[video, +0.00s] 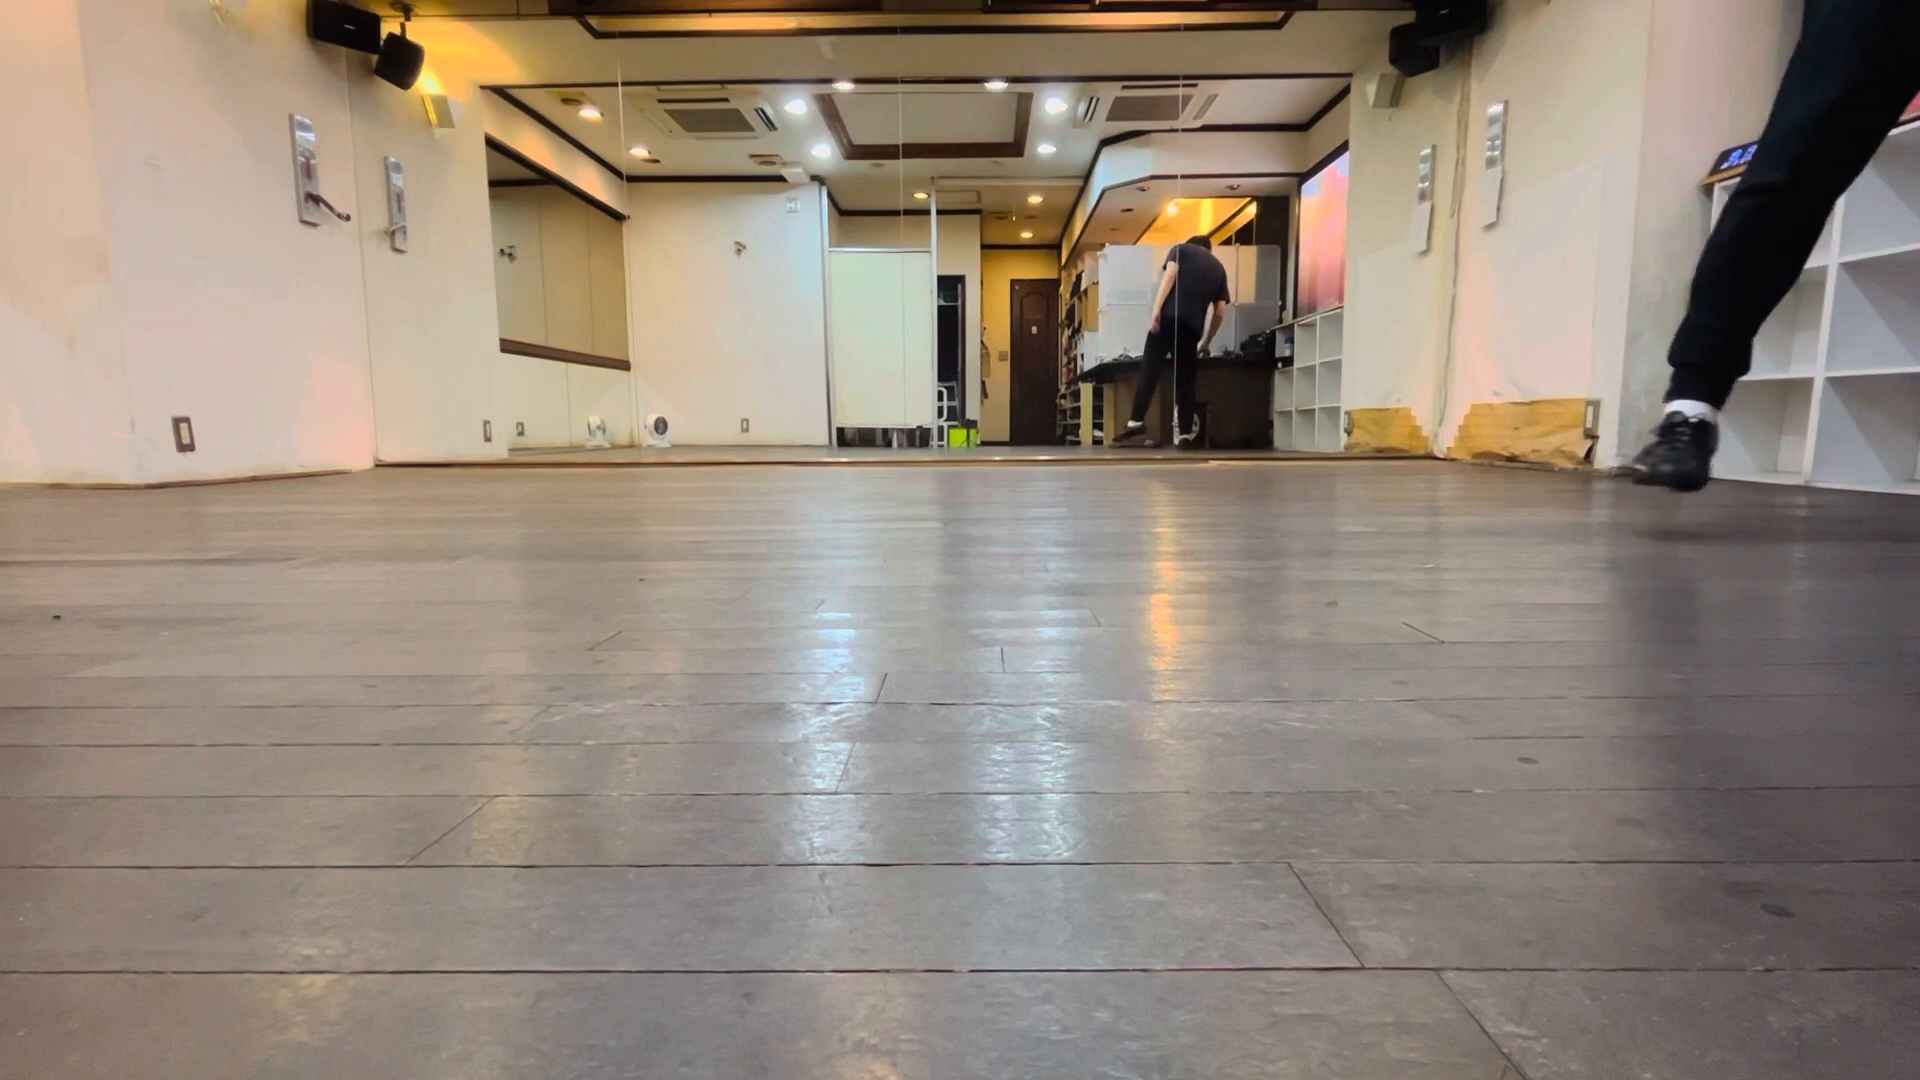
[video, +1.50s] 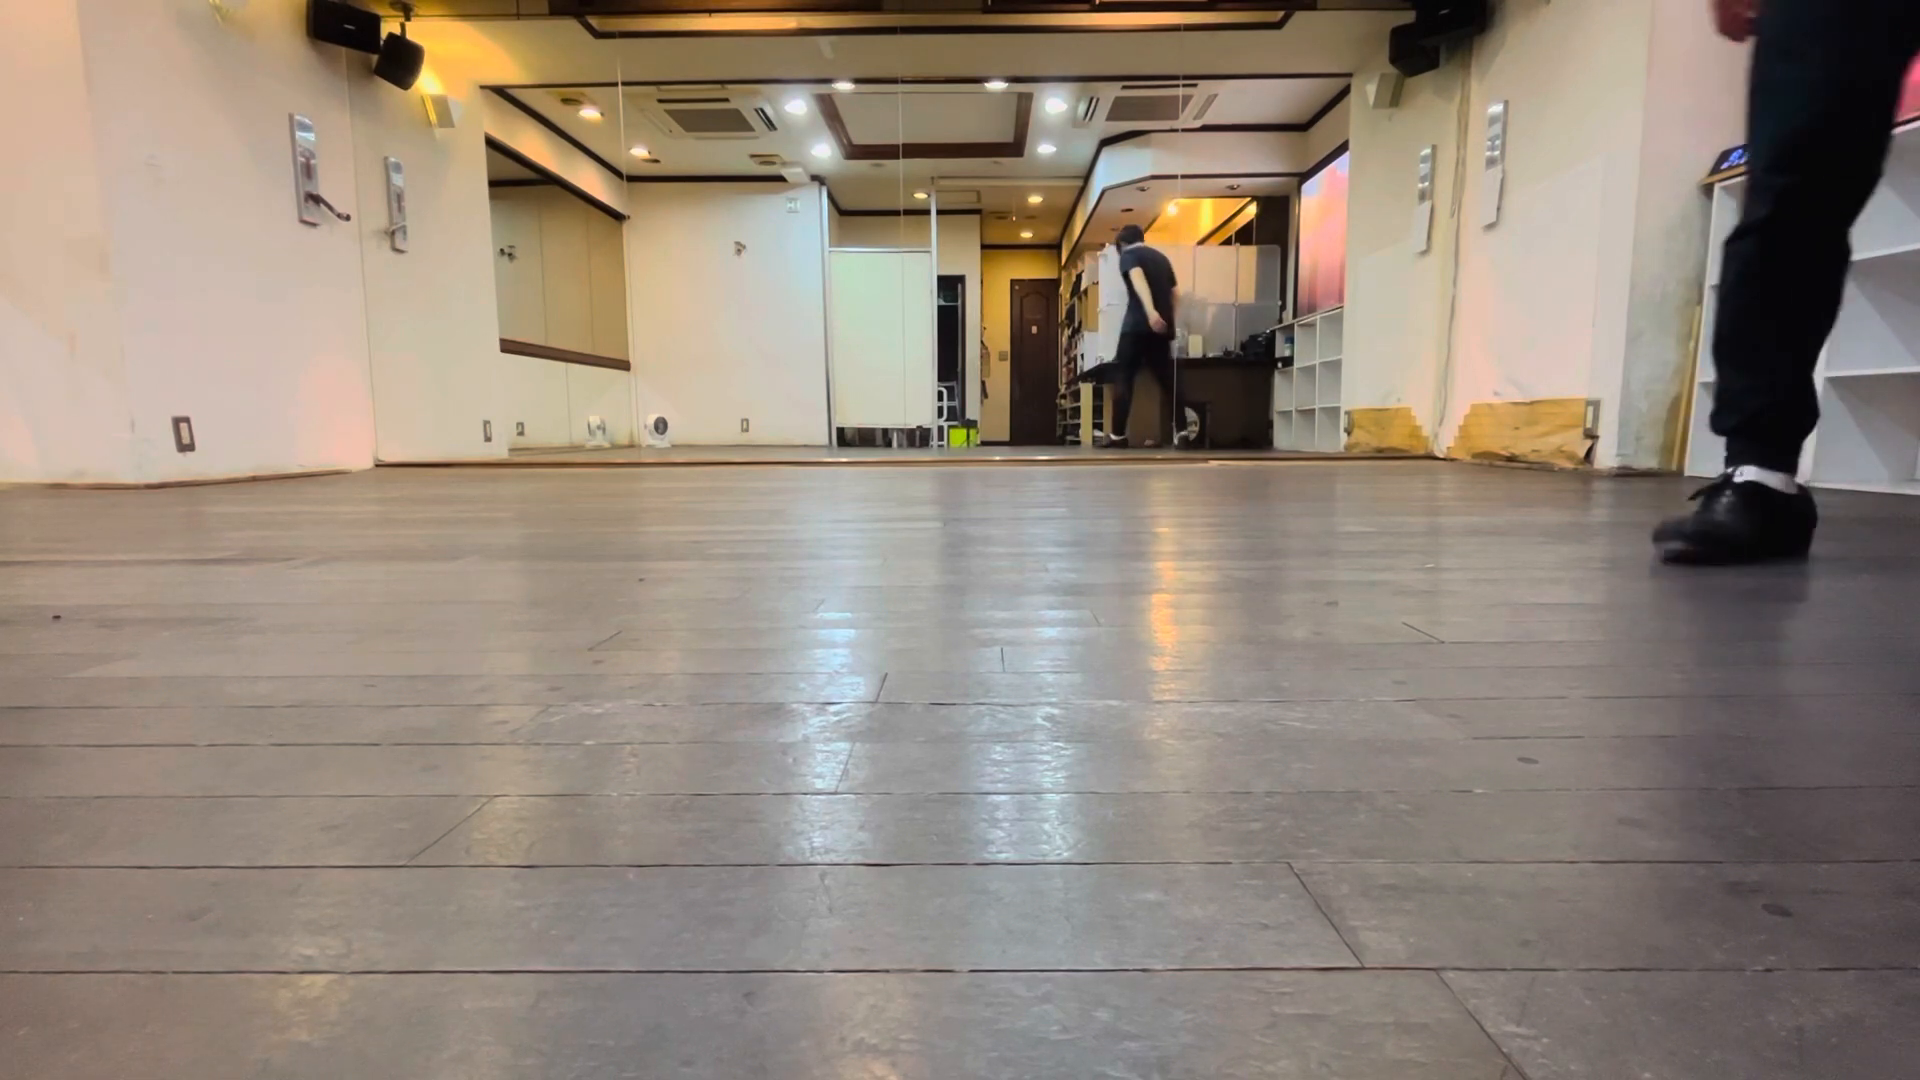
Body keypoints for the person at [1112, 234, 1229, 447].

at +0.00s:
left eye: (1187, 244)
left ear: (1189, 243)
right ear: (1209, 249)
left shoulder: (1179, 249)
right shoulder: (1218, 268)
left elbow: (1171, 274)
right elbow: (1220, 313)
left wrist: (1156, 309)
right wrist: (1207, 343)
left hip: (1167, 319)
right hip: (1193, 327)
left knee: (1150, 369)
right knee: (1185, 379)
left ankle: (1136, 420)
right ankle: (1183, 434)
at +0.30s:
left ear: (1188, 241)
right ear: (1206, 247)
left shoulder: (1177, 247)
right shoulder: (1215, 267)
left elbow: (1166, 275)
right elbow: (1217, 312)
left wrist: (1154, 310)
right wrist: (1205, 342)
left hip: (1163, 321)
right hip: (1187, 329)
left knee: (1148, 372)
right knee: (1184, 378)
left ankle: (1140, 426)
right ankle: (1182, 433)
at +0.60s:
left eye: (1176, 240)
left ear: (1178, 238)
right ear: (1198, 242)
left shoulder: (1168, 248)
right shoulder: (1206, 262)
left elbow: (1156, 281)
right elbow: (1211, 309)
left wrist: (1146, 317)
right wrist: (1204, 342)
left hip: (1157, 325)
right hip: (1182, 329)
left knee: (1146, 374)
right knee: (1180, 377)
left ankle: (1146, 429)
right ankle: (1182, 432)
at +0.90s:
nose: (1168, 244)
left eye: (1169, 240)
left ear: (1171, 239)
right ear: (1192, 242)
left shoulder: (1163, 249)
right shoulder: (1201, 262)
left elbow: (1153, 280)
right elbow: (1208, 308)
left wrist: (1142, 316)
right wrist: (1203, 342)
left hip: (1153, 325)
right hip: (1179, 330)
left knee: (1144, 374)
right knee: (1179, 378)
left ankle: (1145, 429)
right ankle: (1181, 432)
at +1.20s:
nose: (1154, 250)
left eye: (1154, 245)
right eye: (1155, 246)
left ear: (1158, 242)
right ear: (1175, 242)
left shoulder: (1157, 249)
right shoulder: (1191, 260)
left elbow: (1157, 278)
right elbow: (1200, 304)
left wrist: (1158, 316)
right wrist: (1196, 334)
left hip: (1151, 326)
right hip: (1178, 329)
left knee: (1138, 374)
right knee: (1179, 379)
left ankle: (1130, 430)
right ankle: (1182, 433)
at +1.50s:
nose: (1119, 251)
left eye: (1119, 247)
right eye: (1119, 247)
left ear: (1123, 243)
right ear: (1141, 240)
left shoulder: (1129, 255)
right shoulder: (1160, 256)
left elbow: (1139, 280)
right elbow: (1173, 292)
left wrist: (1151, 313)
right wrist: (1169, 319)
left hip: (1136, 327)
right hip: (1161, 328)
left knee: (1123, 376)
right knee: (1167, 378)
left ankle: (1117, 433)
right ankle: (1182, 429)